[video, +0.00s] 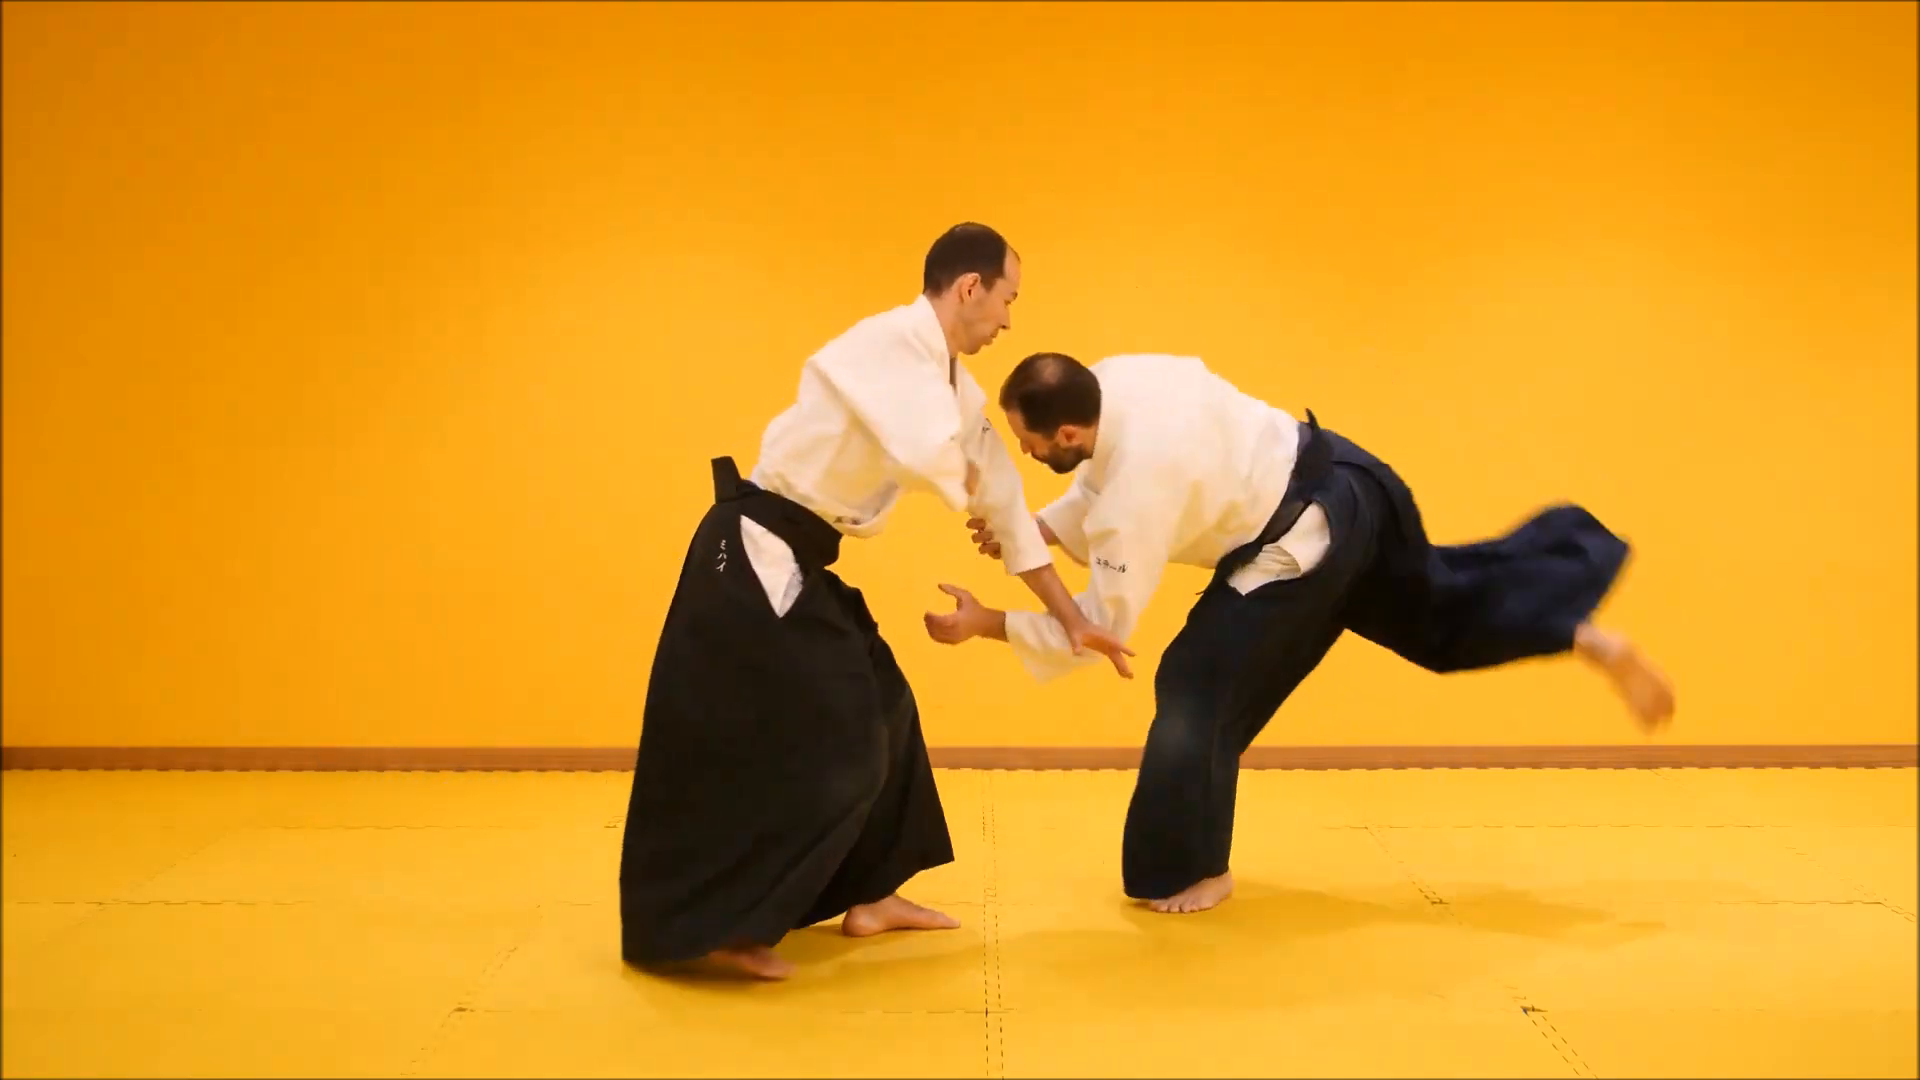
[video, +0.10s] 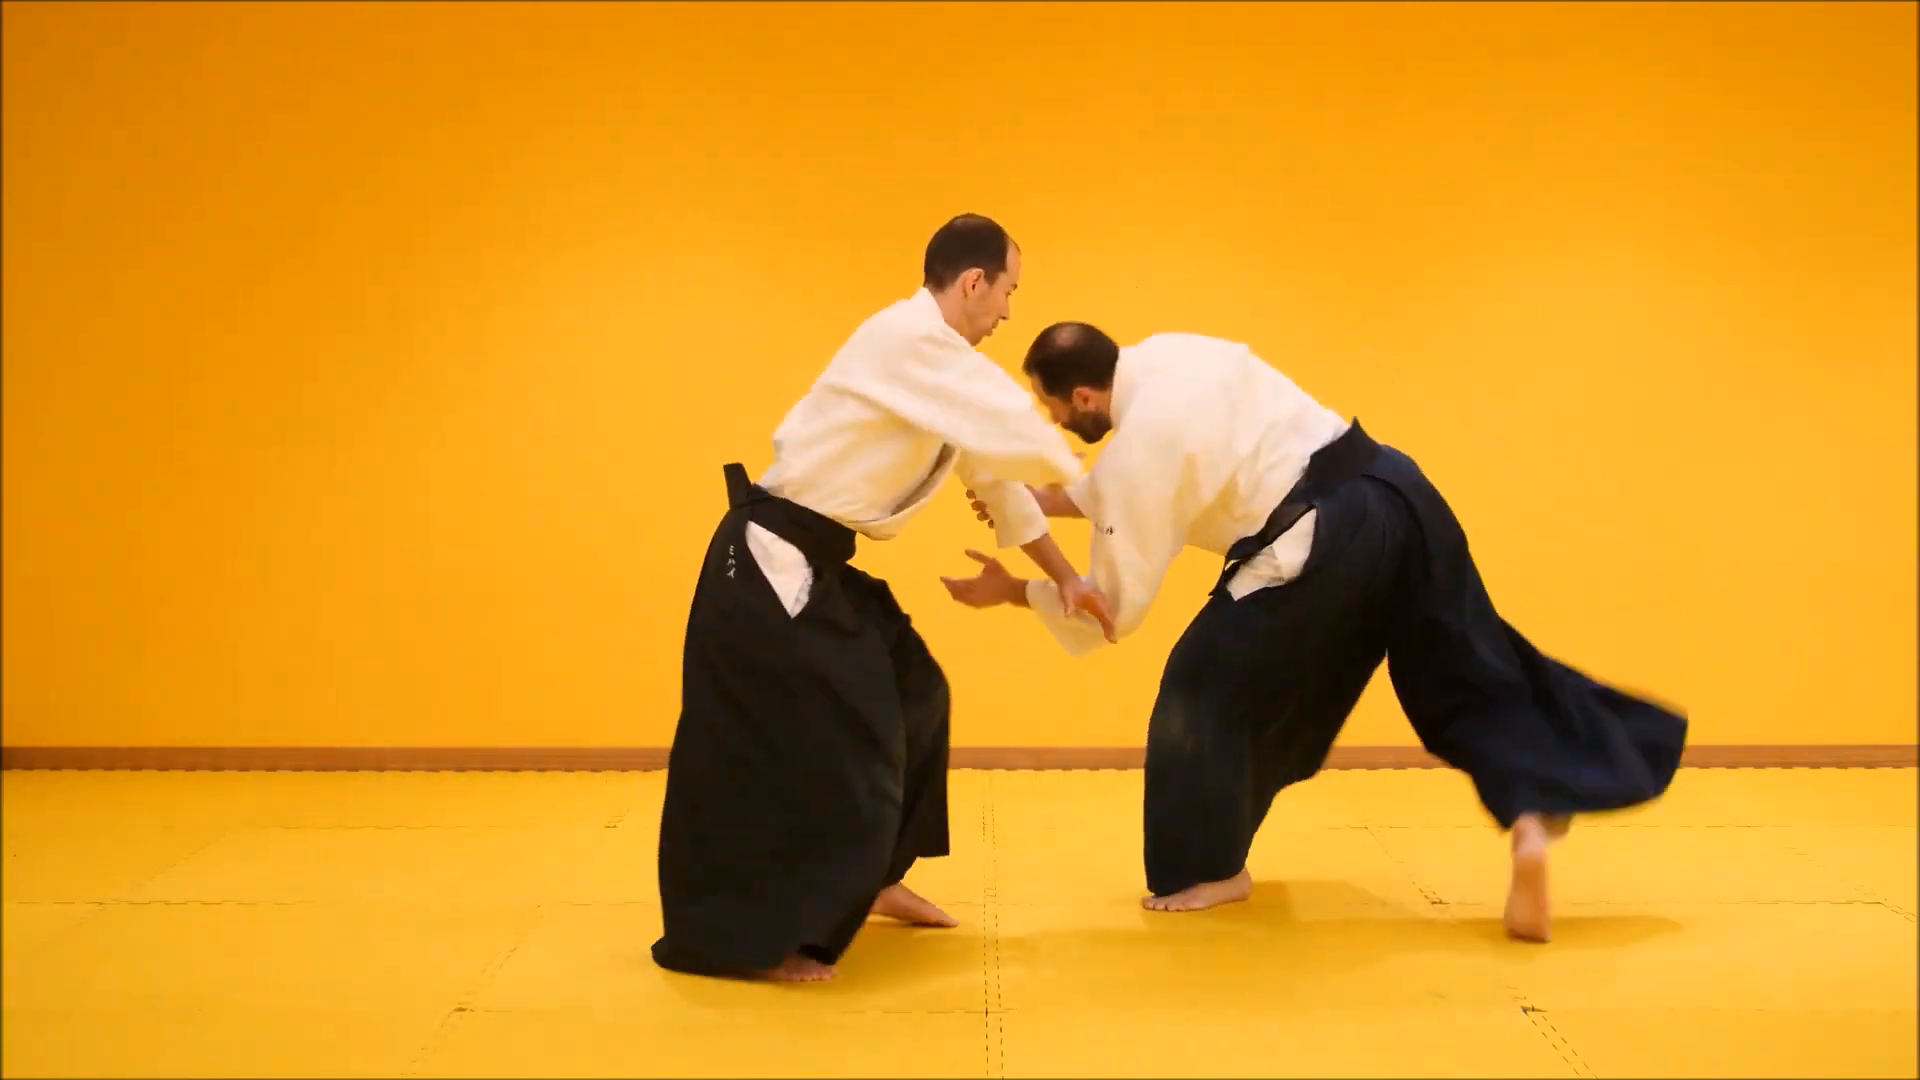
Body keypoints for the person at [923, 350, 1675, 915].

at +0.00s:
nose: (1022, 447)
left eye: (1025, 437)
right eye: (1019, 432)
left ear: (1067, 432)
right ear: (1077, 400)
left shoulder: (1134, 474)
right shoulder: (1121, 383)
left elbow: (1109, 618)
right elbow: (1092, 497)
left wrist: (994, 622)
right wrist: (1017, 540)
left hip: (1298, 540)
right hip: (1337, 473)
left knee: (1195, 687)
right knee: (1437, 619)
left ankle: (1190, 870)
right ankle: (1576, 625)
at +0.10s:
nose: (1059, 416)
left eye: (1056, 406)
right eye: (1056, 405)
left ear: (1073, 396)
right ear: (1104, 358)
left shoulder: (1130, 452)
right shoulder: (1171, 352)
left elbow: (1116, 598)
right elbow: (1148, 476)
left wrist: (1020, 596)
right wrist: (1069, 495)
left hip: (1315, 536)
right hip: (1390, 489)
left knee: (1198, 686)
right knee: (1451, 672)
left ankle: (1206, 870)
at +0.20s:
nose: (1121, 363)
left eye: (1116, 349)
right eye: (1117, 350)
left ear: (1139, 331)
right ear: (1179, 310)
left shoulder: (1173, 387)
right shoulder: (1263, 331)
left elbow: (1121, 542)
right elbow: (1200, 448)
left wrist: (1049, 533)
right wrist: (1114, 472)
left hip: (1317, 531)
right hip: (1414, 509)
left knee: (1195, 685)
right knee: (1442, 713)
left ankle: (1234, 872)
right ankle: (1498, 916)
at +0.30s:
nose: (1167, 297)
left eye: (1166, 284)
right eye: (1164, 286)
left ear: (1190, 272)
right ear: (1243, 262)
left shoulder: (1198, 336)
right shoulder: (1315, 298)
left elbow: (1148, 459)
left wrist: (1073, 482)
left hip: (1303, 517)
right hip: (1406, 500)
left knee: (1175, 668)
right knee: (1444, 705)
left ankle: (1244, 864)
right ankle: (1489, 913)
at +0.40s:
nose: (1179, 239)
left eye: (1179, 227)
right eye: (1179, 228)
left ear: (1198, 223)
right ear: (1265, 216)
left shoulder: (1186, 298)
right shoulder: (1331, 273)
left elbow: (1121, 442)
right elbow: (1341, 379)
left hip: (1271, 498)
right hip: (1373, 483)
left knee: (1168, 682)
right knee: (1422, 687)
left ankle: (1249, 892)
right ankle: (1489, 906)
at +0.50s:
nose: (1169, 202)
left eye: (1169, 191)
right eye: (1171, 190)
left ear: (1184, 192)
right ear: (1257, 183)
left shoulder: (1163, 282)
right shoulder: (1319, 253)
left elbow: (1117, 421)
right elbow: (1373, 353)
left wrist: (1116, 317)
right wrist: (1293, 241)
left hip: (1230, 496)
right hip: (1338, 483)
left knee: (1199, 691)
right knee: (1381, 676)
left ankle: (1211, 896)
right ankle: (1463, 872)